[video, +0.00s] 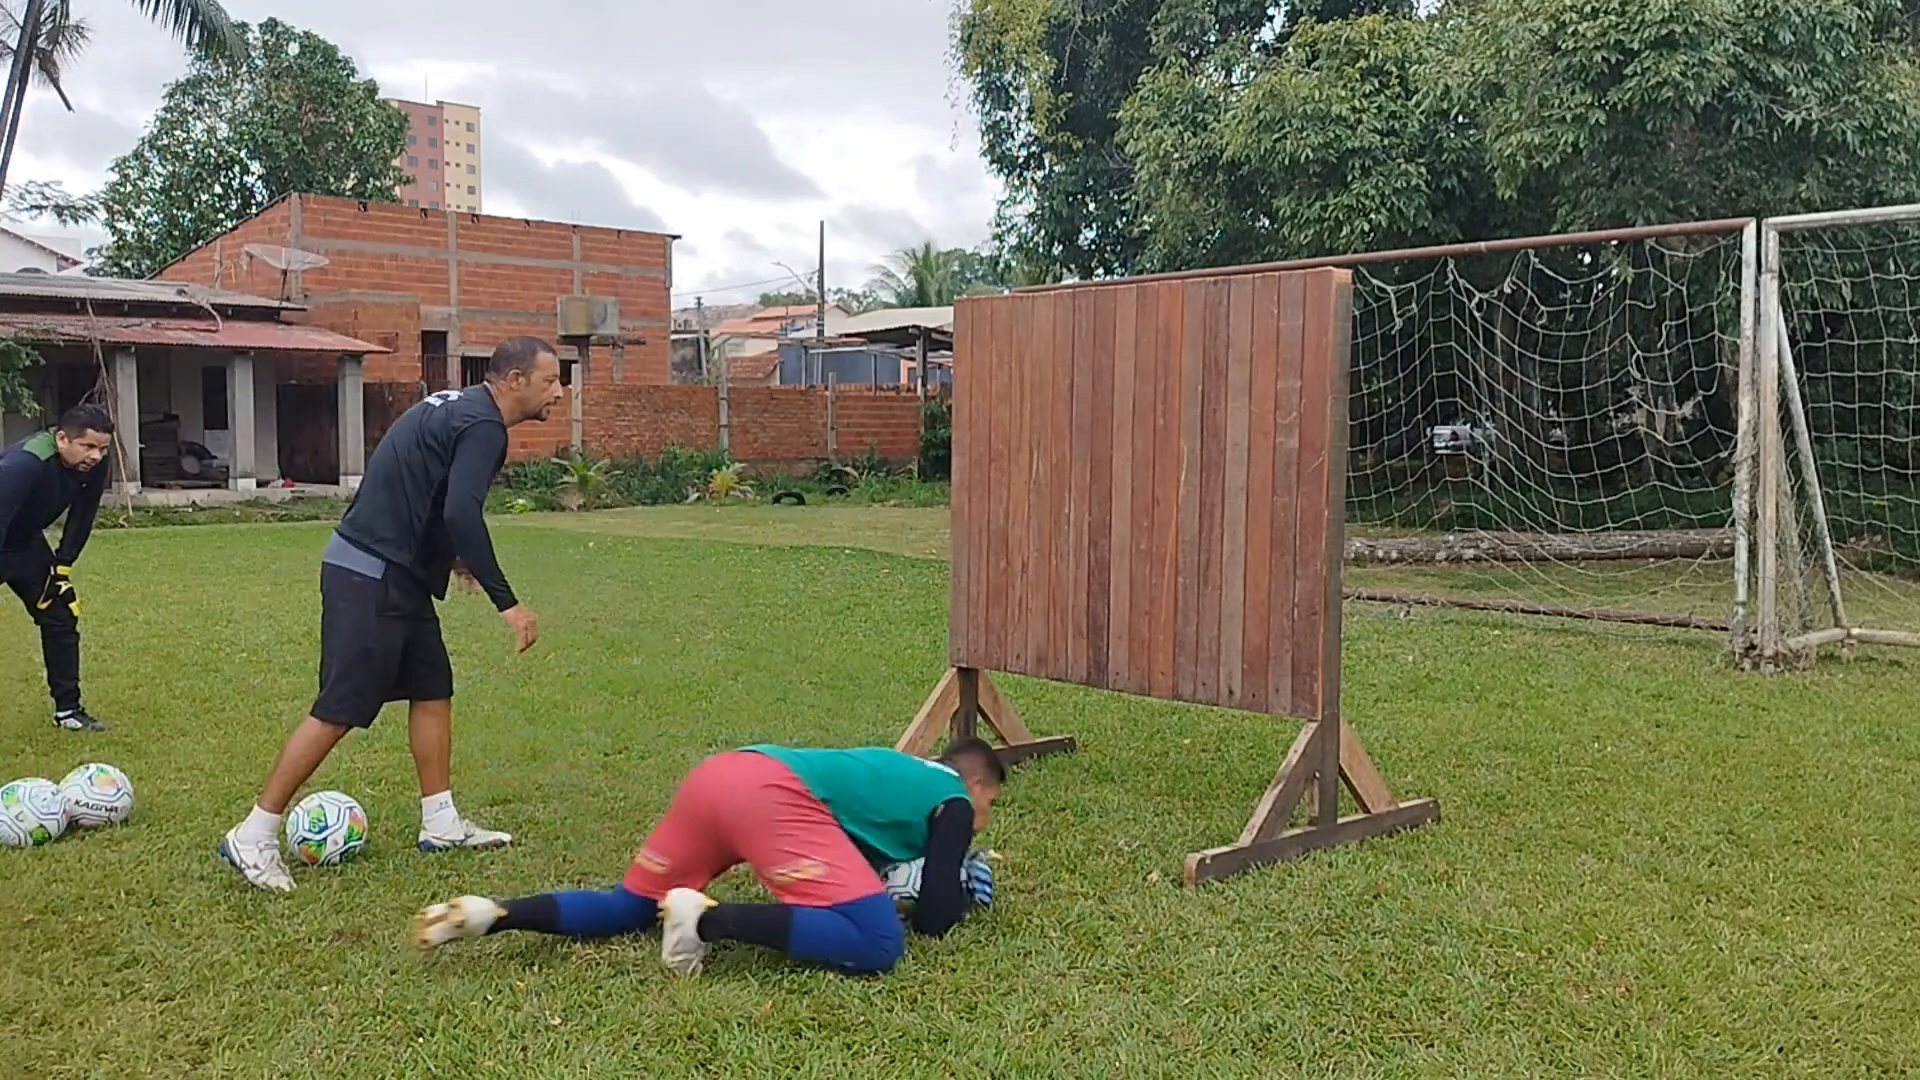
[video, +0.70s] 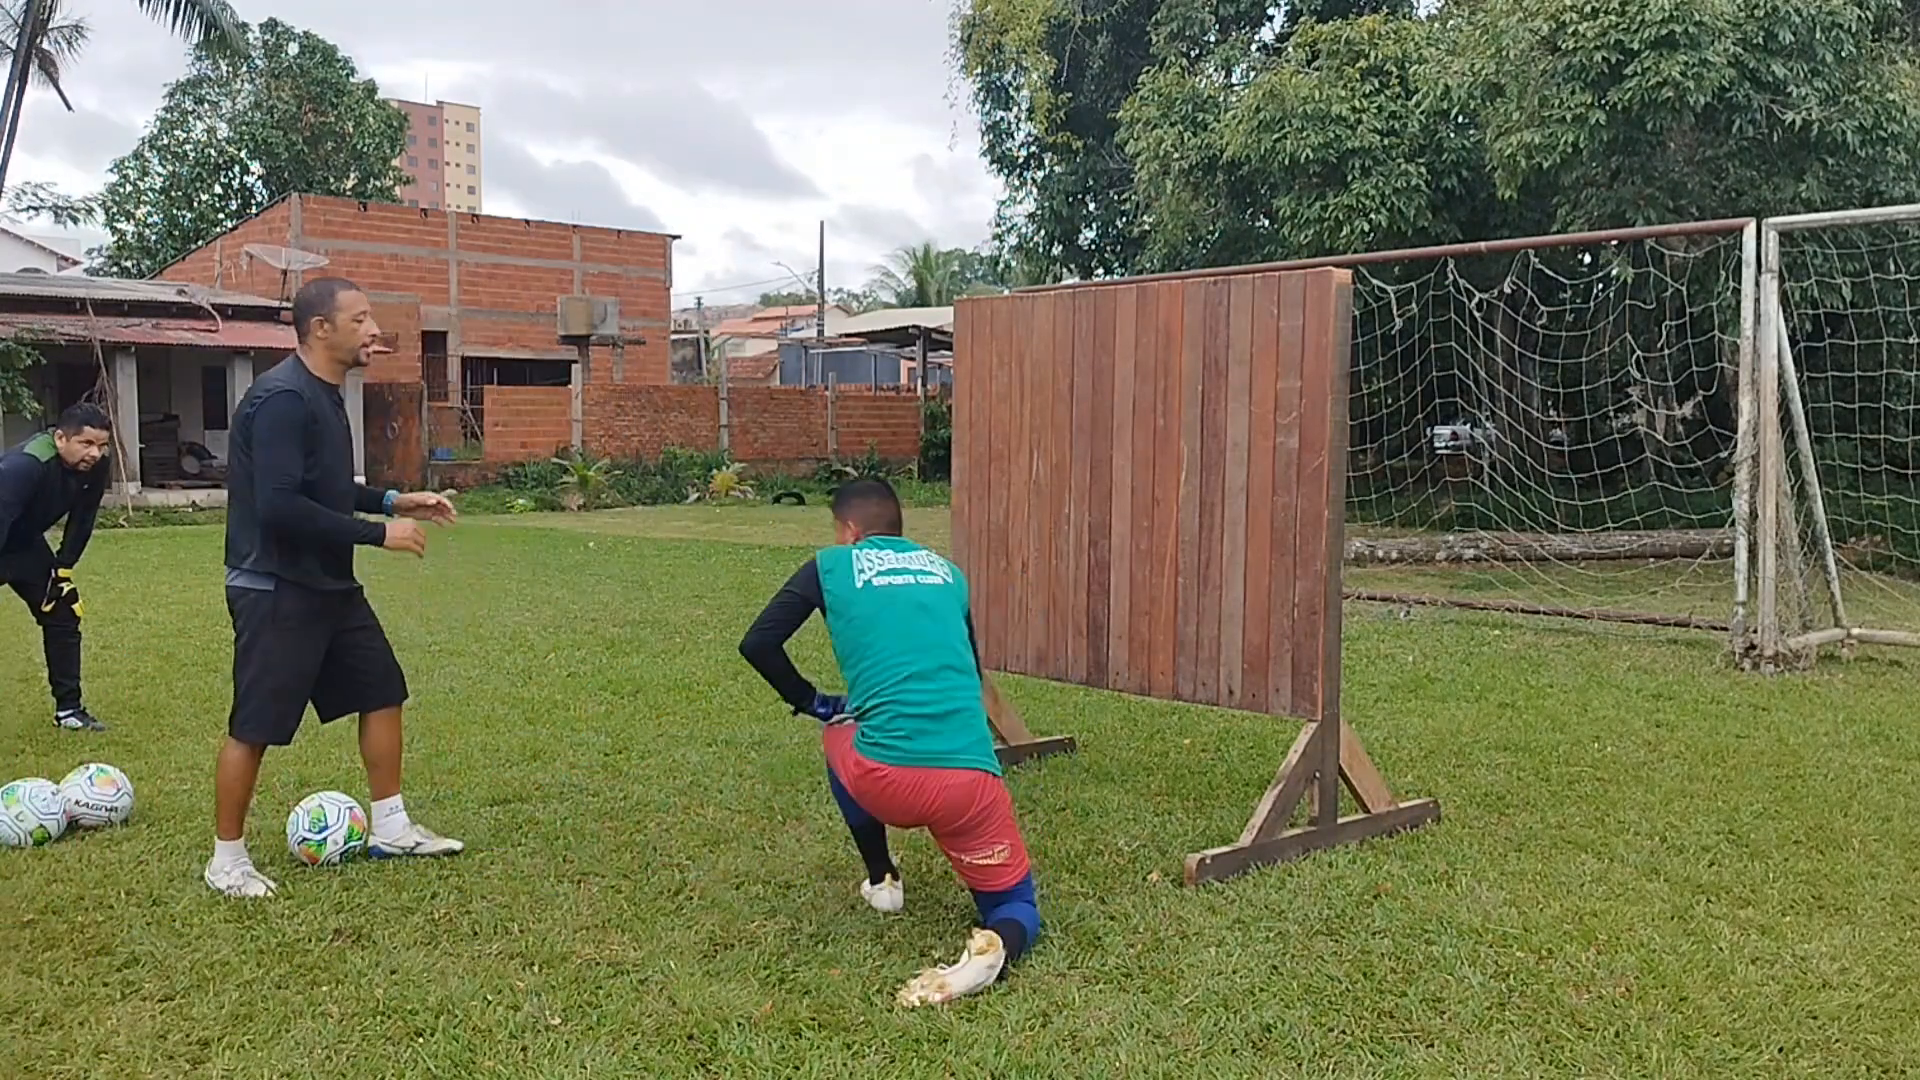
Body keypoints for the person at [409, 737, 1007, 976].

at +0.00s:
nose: (982, 817)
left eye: (985, 808)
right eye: (988, 805)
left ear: (948, 766)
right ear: (976, 786)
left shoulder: (891, 775)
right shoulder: (953, 798)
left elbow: (848, 868)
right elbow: (935, 918)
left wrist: (907, 881)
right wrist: (959, 895)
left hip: (715, 770)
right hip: (770, 785)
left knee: (633, 903)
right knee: (874, 941)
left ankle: (495, 914)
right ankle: (704, 919)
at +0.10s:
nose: (1016, 808)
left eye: (1018, 799)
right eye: (1021, 799)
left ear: (983, 762)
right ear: (1014, 787)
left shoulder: (930, 764)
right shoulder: (998, 801)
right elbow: (952, 886)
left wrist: (966, 877)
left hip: (791, 765)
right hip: (855, 786)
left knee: (707, 895)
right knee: (951, 930)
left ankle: (615, 905)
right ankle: (802, 944)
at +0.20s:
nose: (1020, 773)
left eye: (1021, 765)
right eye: (1023, 766)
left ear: (983, 737)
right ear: (1015, 757)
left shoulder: (922, 737)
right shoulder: (1014, 781)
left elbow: (891, 853)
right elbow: (965, 863)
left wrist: (919, 899)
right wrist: (923, 919)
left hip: (836, 767)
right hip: (913, 795)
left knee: (806, 879)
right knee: (1003, 906)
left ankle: (729, 902)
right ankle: (909, 937)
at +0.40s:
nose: (958, 634)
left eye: (956, 627)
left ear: (951, 625)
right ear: (1007, 626)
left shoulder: (918, 661)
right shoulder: (1040, 665)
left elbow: (899, 739)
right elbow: (1055, 749)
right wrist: (1024, 815)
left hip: (884, 783)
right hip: (966, 798)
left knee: (867, 888)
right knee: (1036, 912)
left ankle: (776, 916)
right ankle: (960, 937)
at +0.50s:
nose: (928, 583)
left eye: (928, 576)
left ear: (933, 576)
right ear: (987, 580)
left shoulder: (905, 614)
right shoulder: (1029, 617)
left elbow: (842, 683)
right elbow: (1059, 670)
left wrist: (865, 758)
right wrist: (1051, 750)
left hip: (890, 772)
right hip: (973, 794)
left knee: (838, 835)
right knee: (1037, 909)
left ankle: (775, 895)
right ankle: (972, 936)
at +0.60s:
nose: (882, 559)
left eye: (881, 552)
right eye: (883, 553)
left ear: (891, 549)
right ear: (944, 547)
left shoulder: (875, 583)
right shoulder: (997, 596)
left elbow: (791, 640)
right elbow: (1030, 684)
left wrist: (844, 697)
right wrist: (1008, 742)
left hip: (887, 778)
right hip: (974, 792)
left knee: (831, 741)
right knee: (1033, 911)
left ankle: (819, 880)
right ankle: (973, 939)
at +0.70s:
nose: (835, 538)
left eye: (835, 530)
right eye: (836, 530)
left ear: (848, 529)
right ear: (901, 527)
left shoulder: (828, 566)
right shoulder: (949, 571)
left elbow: (758, 644)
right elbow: (971, 667)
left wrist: (815, 703)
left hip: (886, 786)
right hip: (968, 789)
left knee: (836, 731)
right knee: (1013, 907)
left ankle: (882, 882)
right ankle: (992, 948)